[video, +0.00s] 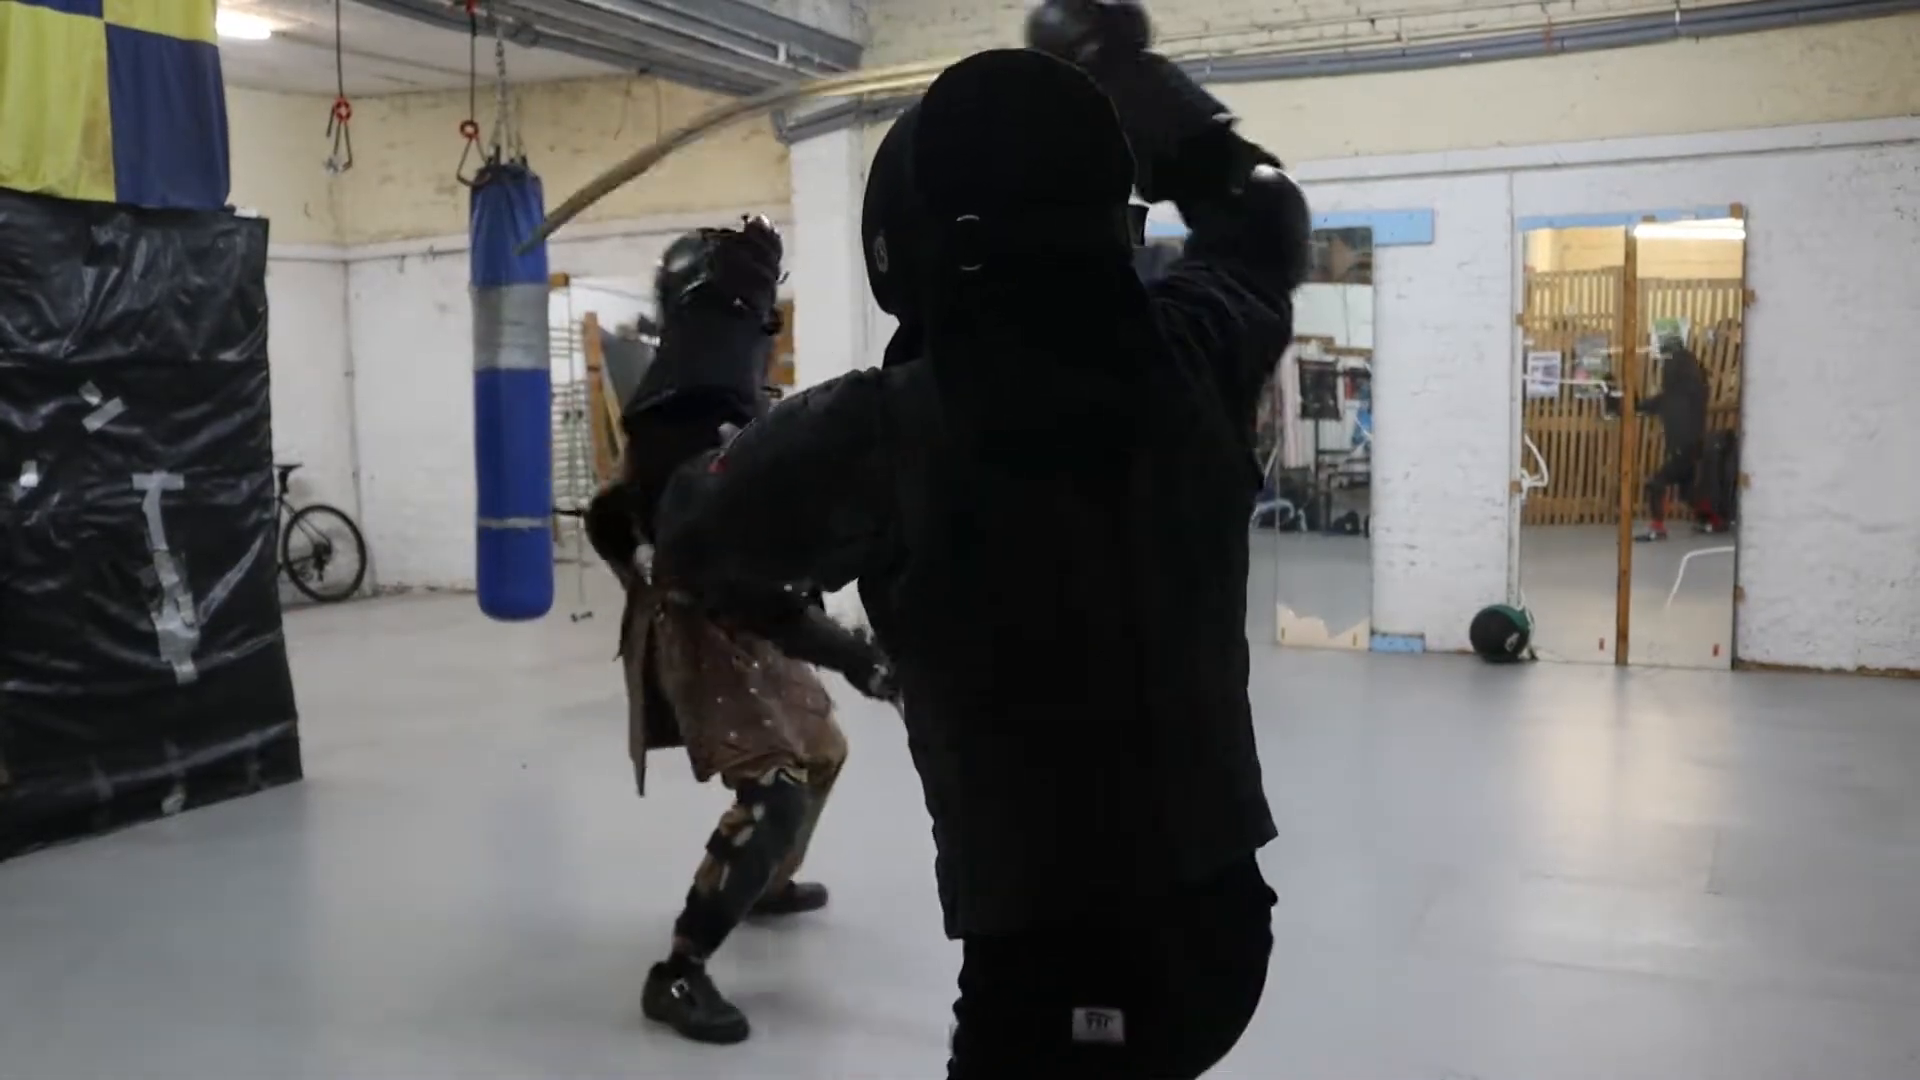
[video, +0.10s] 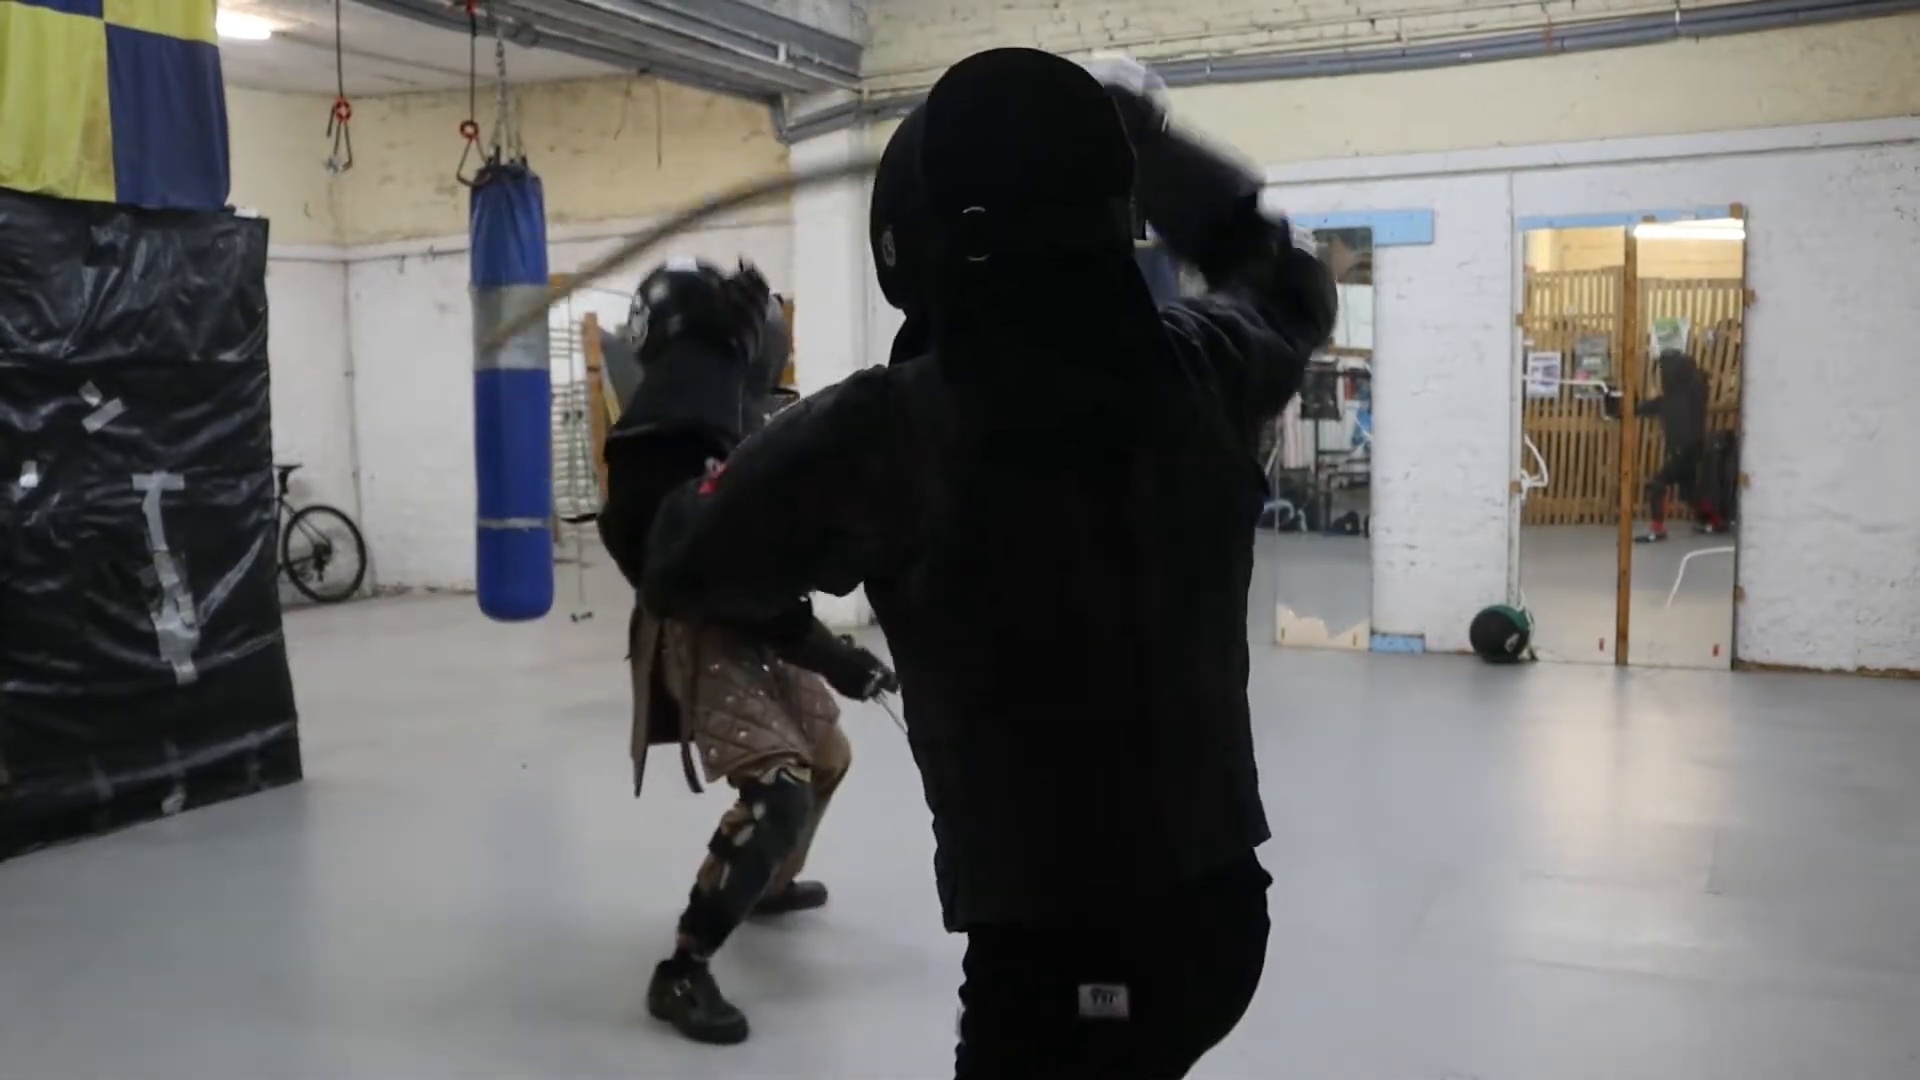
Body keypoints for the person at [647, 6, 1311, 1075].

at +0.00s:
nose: (872, 244)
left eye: (887, 216)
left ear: (917, 236)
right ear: (1114, 215)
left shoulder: (886, 424)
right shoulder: (1191, 366)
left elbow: (698, 548)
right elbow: (1256, 213)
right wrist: (1129, 70)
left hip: (1032, 949)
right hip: (1219, 924)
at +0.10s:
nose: (882, 261)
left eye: (893, 232)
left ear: (925, 239)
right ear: (1115, 221)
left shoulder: (885, 429)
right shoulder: (1203, 380)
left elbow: (688, 564)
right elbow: (1287, 285)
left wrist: (821, 646)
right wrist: (1153, 150)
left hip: (1034, 940)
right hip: (1217, 916)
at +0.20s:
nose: (900, 264)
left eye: (908, 233)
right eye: (901, 234)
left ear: (941, 235)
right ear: (1121, 221)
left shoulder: (914, 422)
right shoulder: (1207, 399)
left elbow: (730, 624)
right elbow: (1284, 435)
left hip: (1043, 924)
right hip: (1217, 900)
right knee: (1091, 1056)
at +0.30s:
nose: (909, 255)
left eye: (917, 223)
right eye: (907, 225)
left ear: (959, 222)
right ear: (1117, 213)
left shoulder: (925, 408)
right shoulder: (1200, 399)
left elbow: (820, 679)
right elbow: (1254, 580)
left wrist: (752, 560)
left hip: (1065, 891)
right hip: (1226, 864)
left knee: (998, 1065)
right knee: (1076, 1055)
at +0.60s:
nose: (926, 231)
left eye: (933, 202)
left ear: (966, 207)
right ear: (1172, 187)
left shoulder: (945, 417)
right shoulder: (1244, 405)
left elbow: (829, 638)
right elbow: (1251, 587)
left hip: (1088, 930)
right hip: (1253, 904)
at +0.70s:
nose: (920, 237)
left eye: (930, 206)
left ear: (969, 218)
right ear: (1190, 204)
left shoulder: (947, 458)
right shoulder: (1281, 436)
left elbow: (863, 771)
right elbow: (1317, 668)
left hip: (1066, 938)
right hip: (1267, 932)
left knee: (1079, 1053)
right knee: (1252, 1053)